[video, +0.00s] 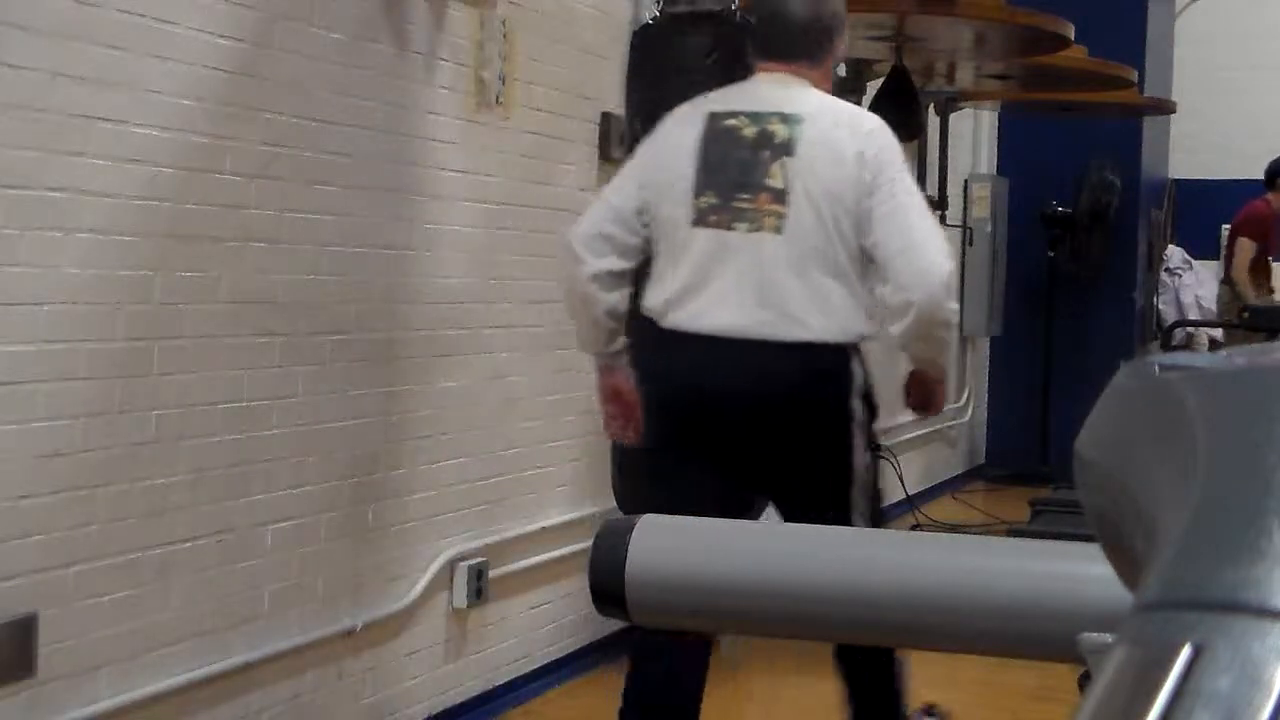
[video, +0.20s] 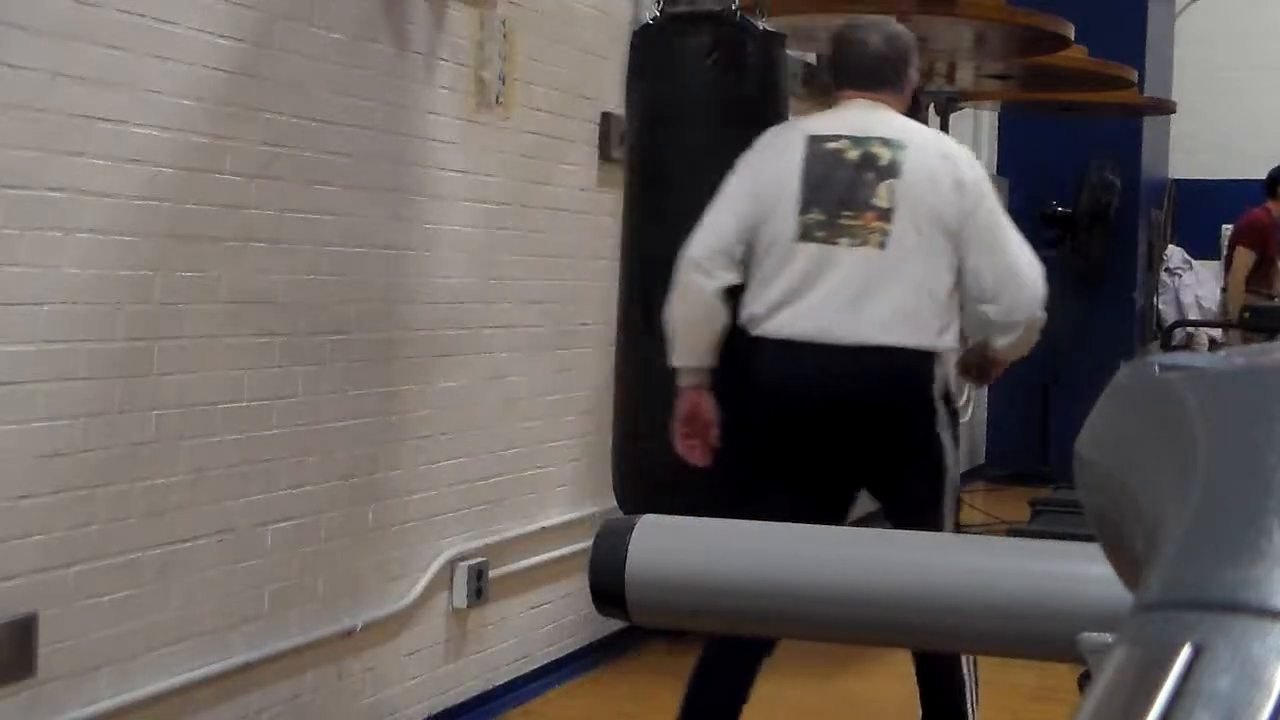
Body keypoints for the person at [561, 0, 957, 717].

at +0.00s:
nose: (840, 61)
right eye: (841, 49)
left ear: (751, 43)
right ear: (833, 52)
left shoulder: (683, 123)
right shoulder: (863, 136)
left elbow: (593, 249)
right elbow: (928, 279)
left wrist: (610, 361)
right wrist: (928, 366)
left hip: (680, 376)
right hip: (807, 387)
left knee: (672, 585)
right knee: (853, 574)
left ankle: (654, 716)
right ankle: (882, 716)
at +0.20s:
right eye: (914, 82)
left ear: (828, 81)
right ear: (908, 85)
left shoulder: (774, 147)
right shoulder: (947, 162)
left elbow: (700, 266)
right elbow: (1020, 295)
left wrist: (692, 380)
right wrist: (989, 357)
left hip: (778, 386)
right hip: (898, 395)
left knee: (753, 584)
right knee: (933, 579)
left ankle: (705, 713)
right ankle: (949, 714)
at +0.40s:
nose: (955, 73)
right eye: (953, 65)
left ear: (870, 71)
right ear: (946, 69)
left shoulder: (830, 133)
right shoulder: (995, 136)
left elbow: (793, 255)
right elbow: (1069, 254)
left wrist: (790, 370)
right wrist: (1010, 236)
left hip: (850, 353)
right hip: (956, 360)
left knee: (844, 527)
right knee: (957, 540)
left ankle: (808, 696)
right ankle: (952, 705)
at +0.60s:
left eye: (886, 77)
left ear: (888, 79)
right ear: (960, 78)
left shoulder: (861, 147)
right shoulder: (1013, 138)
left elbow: (838, 273)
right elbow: (1072, 174)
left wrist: (833, 381)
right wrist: (1008, 206)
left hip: (892, 362)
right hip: (990, 364)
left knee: (888, 542)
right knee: (976, 541)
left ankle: (915, 694)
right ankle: (961, 701)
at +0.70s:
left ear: (891, 91)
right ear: (965, 89)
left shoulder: (874, 161)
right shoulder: (1017, 145)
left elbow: (846, 287)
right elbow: (1050, 146)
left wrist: (832, 390)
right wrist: (1000, 99)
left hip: (904, 363)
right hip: (1001, 362)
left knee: (898, 542)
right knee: (988, 534)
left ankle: (924, 702)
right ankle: (970, 699)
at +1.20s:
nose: (966, 99)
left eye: (968, 92)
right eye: (975, 89)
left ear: (977, 103)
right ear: (1035, 98)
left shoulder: (981, 170)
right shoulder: (1059, 144)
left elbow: (947, 282)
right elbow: (1024, 84)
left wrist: (866, 299)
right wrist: (984, 18)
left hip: (968, 352)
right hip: (1036, 353)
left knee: (923, 523)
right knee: (1007, 519)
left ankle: (926, 704)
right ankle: (1048, 688)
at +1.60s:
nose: (979, 99)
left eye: (991, 87)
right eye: (980, 86)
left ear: (1030, 97)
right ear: (1032, 98)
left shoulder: (1027, 165)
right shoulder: (1058, 149)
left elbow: (982, 268)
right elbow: (978, 177)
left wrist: (917, 221)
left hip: (999, 344)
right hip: (1039, 341)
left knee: (951, 503)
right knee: (1017, 502)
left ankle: (951, 693)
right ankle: (1044, 682)